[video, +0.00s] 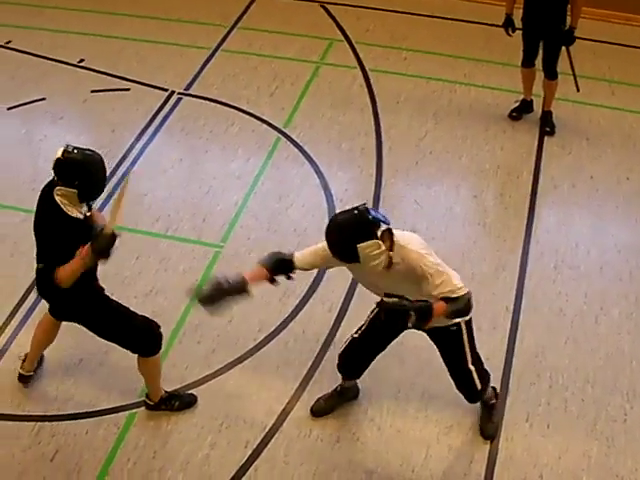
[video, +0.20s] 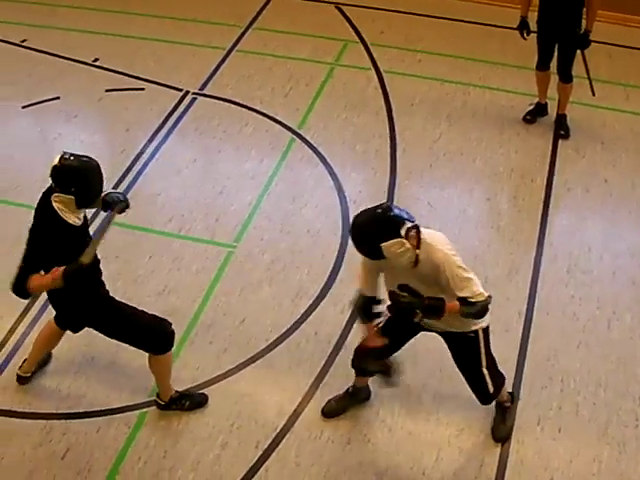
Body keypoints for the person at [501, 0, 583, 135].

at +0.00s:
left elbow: (576, 2)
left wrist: (572, 28)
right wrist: (509, 14)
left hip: (556, 23)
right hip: (531, 20)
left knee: (550, 69)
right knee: (527, 62)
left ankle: (547, 113)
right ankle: (526, 101)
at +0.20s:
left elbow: (592, 4)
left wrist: (588, 31)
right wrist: (523, 17)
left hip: (571, 26)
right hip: (546, 22)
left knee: (565, 73)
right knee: (542, 65)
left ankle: (561, 116)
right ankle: (541, 104)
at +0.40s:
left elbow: (609, 6)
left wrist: (604, 34)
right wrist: (540, 20)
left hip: (587, 30)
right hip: (562, 26)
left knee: (581, 75)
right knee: (558, 68)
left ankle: (577, 119)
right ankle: (557, 107)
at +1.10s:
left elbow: (628, 6)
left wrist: (621, 37)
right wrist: (557, 21)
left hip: (605, 31)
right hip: (580, 27)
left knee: (598, 77)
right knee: (576, 70)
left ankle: (595, 121)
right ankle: (574, 109)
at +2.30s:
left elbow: (637, 7)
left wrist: (636, 32)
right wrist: (571, 18)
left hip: (619, 27)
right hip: (595, 23)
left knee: (611, 71)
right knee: (590, 67)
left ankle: (607, 106)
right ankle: (589, 109)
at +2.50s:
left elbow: (638, 8)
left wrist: (636, 30)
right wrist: (574, 15)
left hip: (621, 24)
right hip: (597, 21)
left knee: (614, 66)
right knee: (592, 64)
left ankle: (611, 94)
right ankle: (589, 109)